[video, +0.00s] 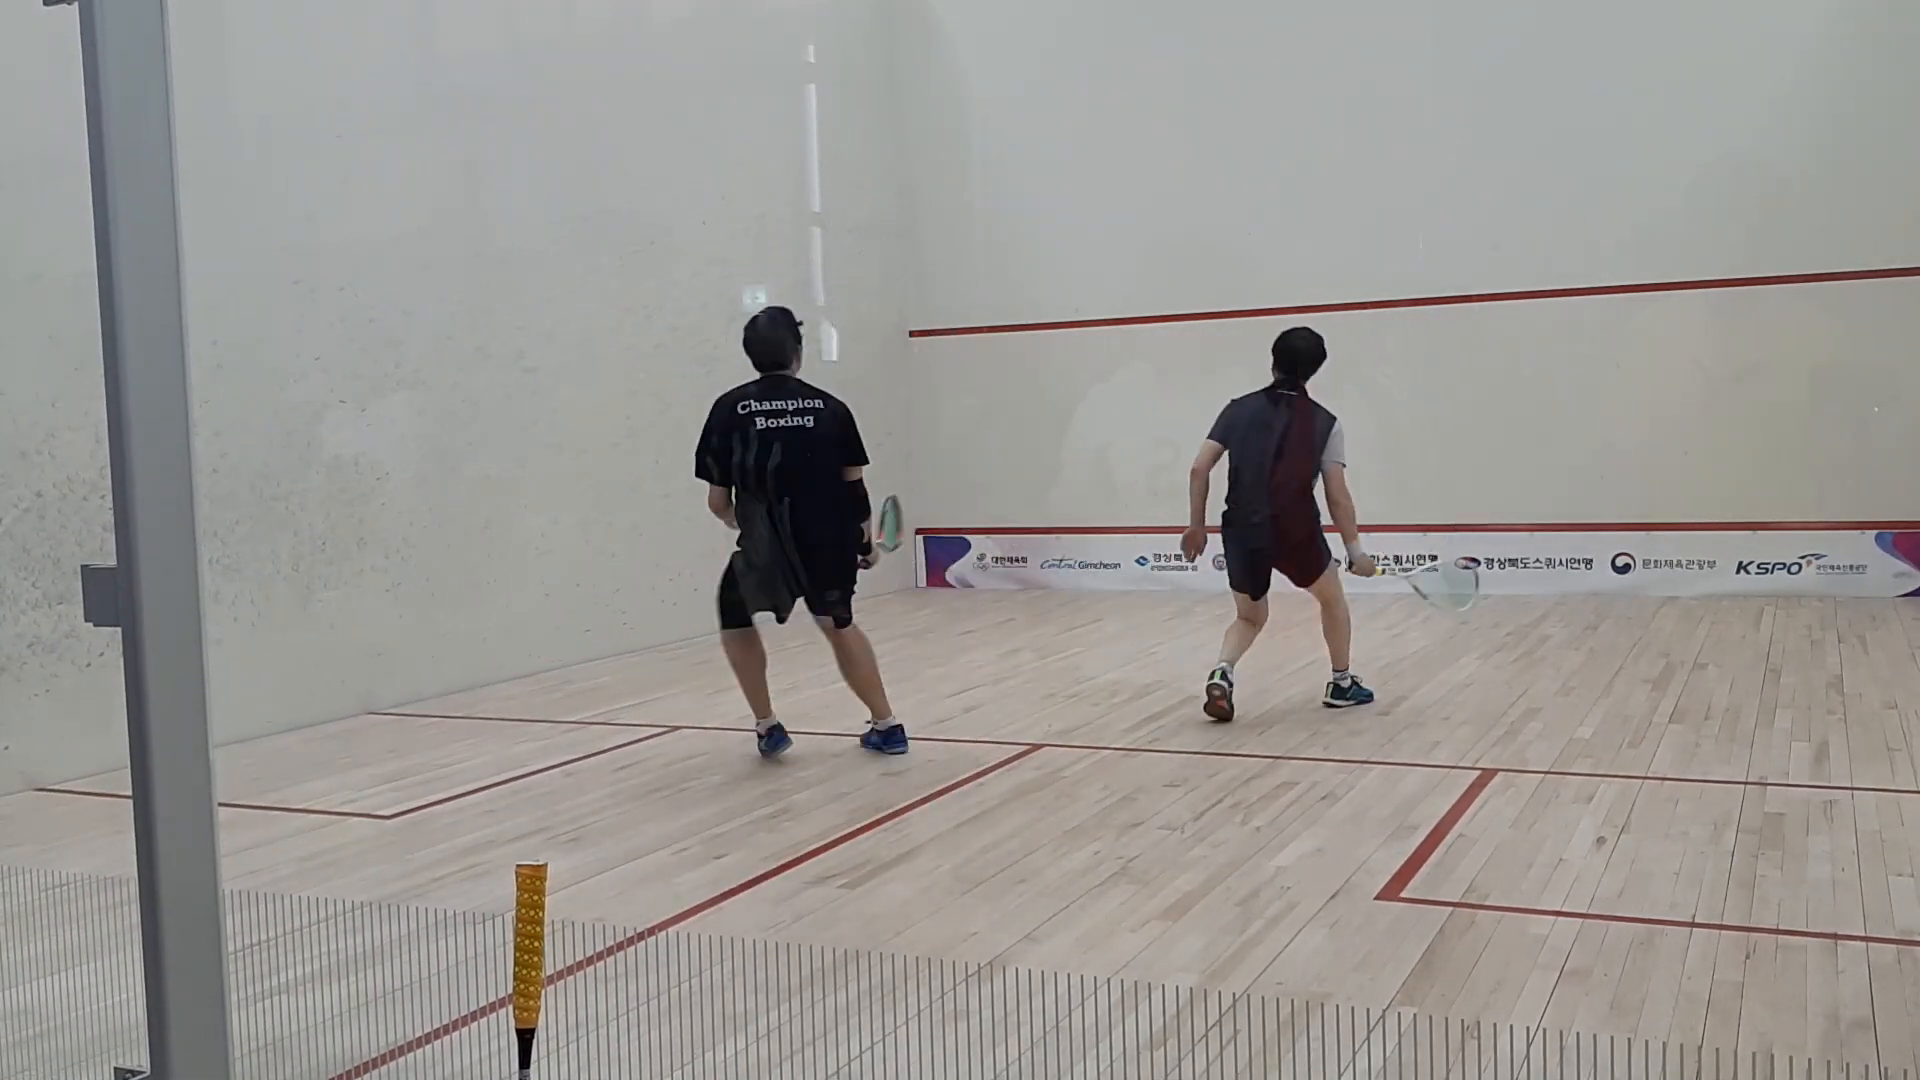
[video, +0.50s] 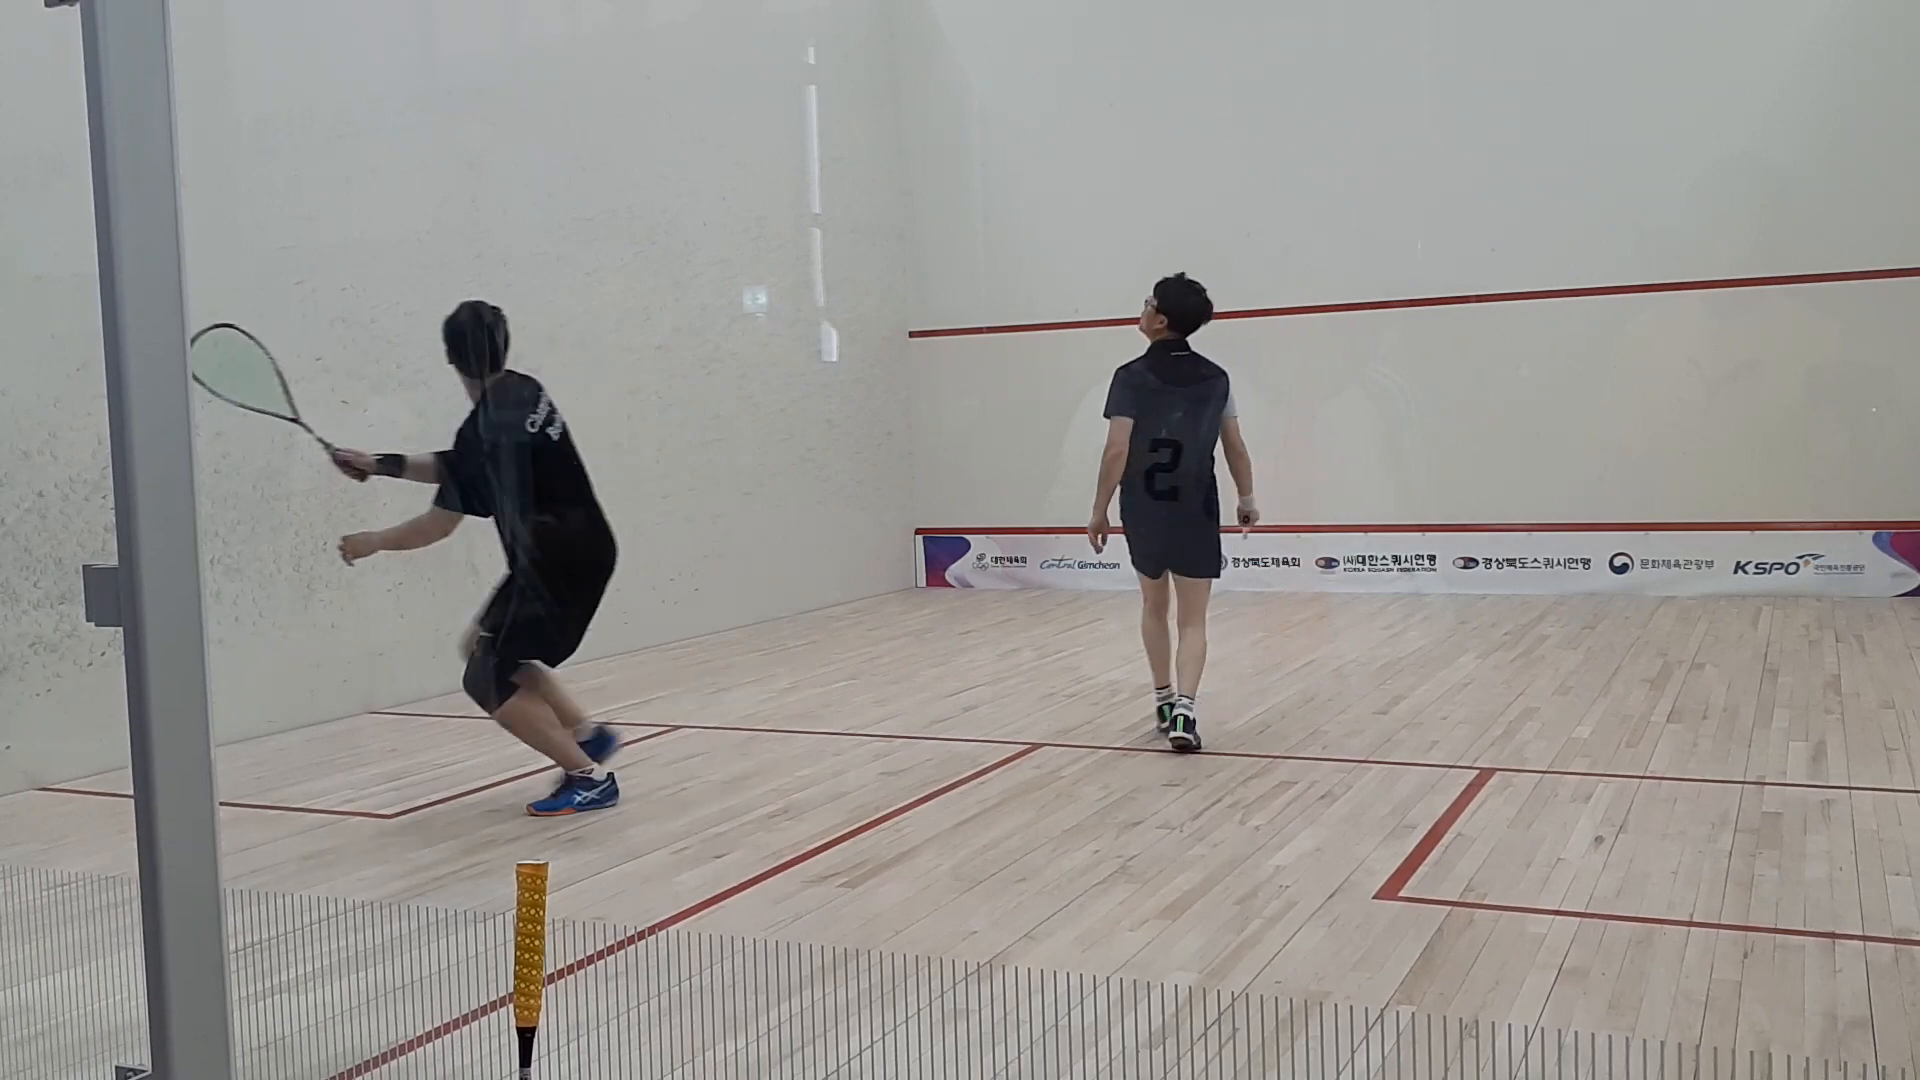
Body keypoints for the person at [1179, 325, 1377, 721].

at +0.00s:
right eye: (1317, 364)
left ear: (1274, 361)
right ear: (1314, 368)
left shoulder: (1238, 409)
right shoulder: (1324, 422)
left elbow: (1199, 468)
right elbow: (1336, 494)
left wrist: (1196, 526)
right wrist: (1355, 551)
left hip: (1240, 533)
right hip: (1296, 534)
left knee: (1249, 617)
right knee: (1331, 598)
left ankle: (1222, 673)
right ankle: (1342, 681)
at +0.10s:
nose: (1242, 344)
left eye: (1245, 339)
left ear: (1246, 347)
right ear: (1288, 355)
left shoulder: (1211, 398)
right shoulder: (1297, 409)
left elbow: (1178, 462)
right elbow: (1309, 481)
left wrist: (1177, 519)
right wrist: (1326, 540)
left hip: (1218, 526)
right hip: (1272, 527)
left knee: (1232, 614)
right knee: (1312, 602)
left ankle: (1211, 688)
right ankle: (1336, 679)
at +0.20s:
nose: (1214, 332)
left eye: (1217, 328)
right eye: (1218, 326)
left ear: (1219, 340)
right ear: (1259, 347)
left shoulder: (1184, 392)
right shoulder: (1272, 401)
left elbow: (1154, 460)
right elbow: (1288, 475)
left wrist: (1150, 514)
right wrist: (1307, 533)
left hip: (1197, 522)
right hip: (1253, 520)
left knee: (1216, 610)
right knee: (1295, 594)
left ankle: (1207, 695)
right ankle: (1306, 685)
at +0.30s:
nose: (1188, 320)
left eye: (1192, 318)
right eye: (1192, 315)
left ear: (1198, 331)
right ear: (1233, 335)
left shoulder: (1162, 383)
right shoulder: (1254, 388)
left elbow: (1137, 453)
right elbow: (1271, 462)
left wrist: (1129, 508)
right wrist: (1290, 516)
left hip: (1182, 514)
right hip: (1235, 512)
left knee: (1205, 607)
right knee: (1266, 598)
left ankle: (1207, 699)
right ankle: (1251, 678)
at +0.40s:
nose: (1166, 305)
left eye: (1171, 301)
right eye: (1170, 298)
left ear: (1180, 316)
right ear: (1211, 319)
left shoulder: (1147, 369)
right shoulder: (1234, 371)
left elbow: (1130, 442)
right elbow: (1254, 443)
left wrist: (1116, 500)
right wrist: (1270, 497)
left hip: (1163, 504)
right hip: (1215, 503)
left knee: (1183, 606)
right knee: (1220, 608)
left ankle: (1203, 699)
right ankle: (1205, 686)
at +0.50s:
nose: (1143, 310)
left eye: (1149, 307)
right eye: (1148, 303)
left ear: (1160, 321)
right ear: (1189, 325)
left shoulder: (1131, 375)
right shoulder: (1214, 376)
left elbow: (1117, 451)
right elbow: (1234, 444)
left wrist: (1100, 509)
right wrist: (1247, 495)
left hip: (1143, 512)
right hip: (1196, 513)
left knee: (1154, 605)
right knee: (1193, 621)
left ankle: (1165, 699)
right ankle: (1185, 708)